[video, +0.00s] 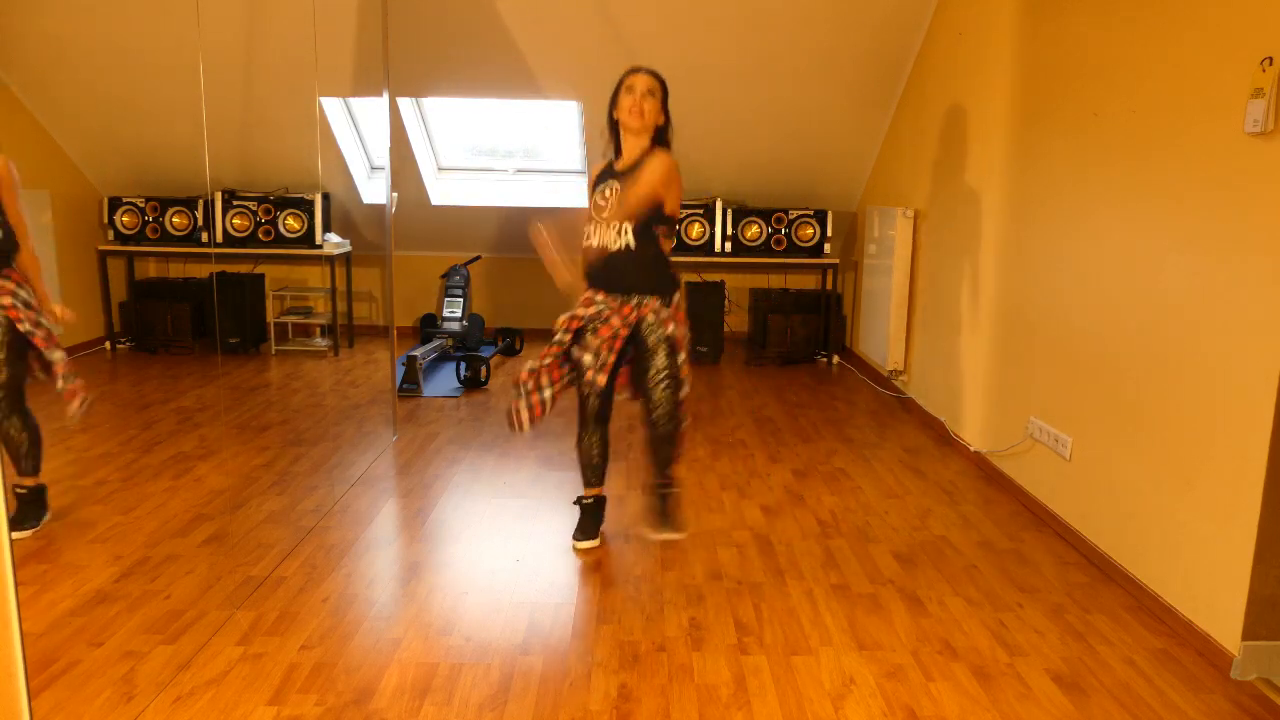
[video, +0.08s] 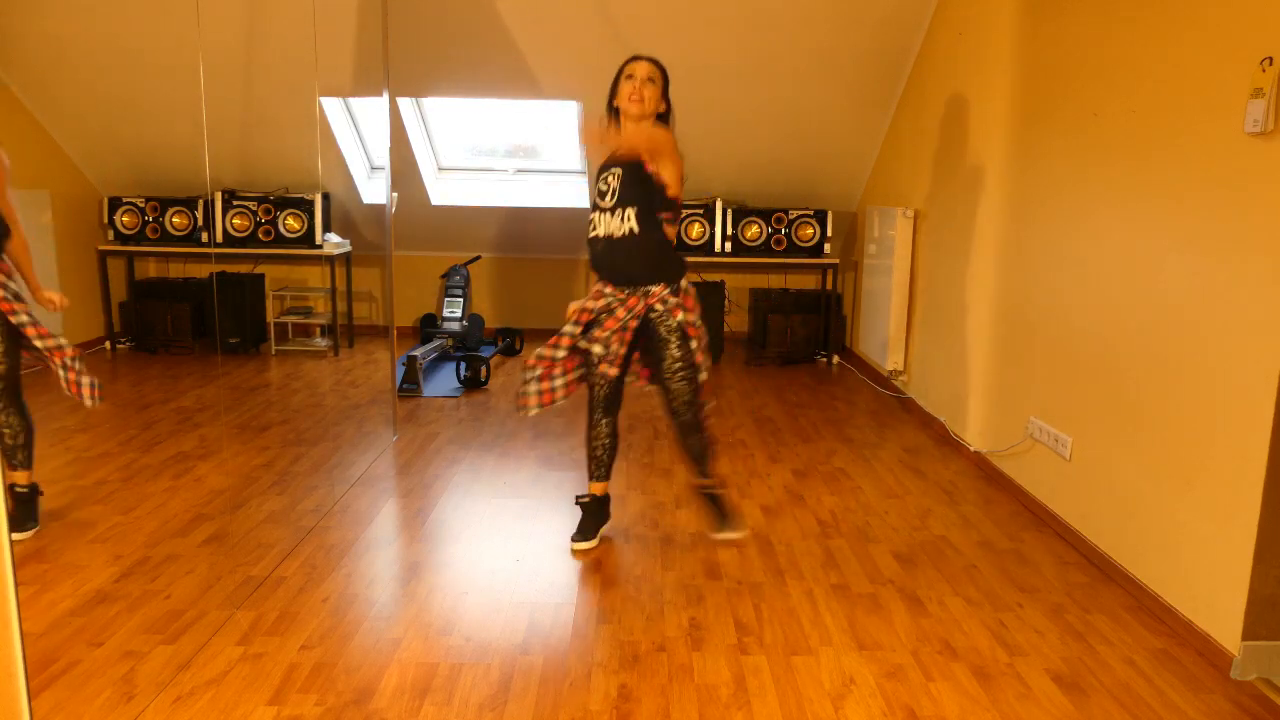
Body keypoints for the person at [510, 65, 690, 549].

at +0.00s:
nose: (637, 100)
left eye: (649, 95)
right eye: (629, 91)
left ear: (662, 113)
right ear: (614, 106)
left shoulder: (661, 165)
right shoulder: (602, 176)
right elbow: (597, 241)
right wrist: (580, 278)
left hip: (654, 303)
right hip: (603, 300)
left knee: (662, 405)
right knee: (593, 404)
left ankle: (664, 490)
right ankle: (591, 503)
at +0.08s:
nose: (638, 87)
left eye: (650, 82)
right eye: (630, 79)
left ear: (663, 98)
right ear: (615, 92)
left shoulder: (662, 144)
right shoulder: (607, 145)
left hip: (660, 293)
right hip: (610, 292)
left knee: (682, 396)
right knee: (602, 399)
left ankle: (709, 489)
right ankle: (596, 501)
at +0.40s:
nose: (669, 116)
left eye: (679, 110)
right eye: (660, 108)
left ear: (693, 124)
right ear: (645, 121)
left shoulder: (707, 169)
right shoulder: (644, 193)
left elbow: (720, 78)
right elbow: (644, 257)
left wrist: (723, 13)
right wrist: (633, 309)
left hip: (725, 311)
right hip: (669, 315)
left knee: (742, 415)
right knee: (640, 414)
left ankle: (769, 505)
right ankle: (609, 511)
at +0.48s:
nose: (680, 125)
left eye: (690, 119)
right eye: (671, 117)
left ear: (705, 132)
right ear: (656, 130)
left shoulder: (725, 162)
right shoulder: (656, 203)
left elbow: (762, 84)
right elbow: (651, 266)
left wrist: (792, 18)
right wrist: (636, 313)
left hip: (757, 315)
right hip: (695, 321)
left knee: (766, 419)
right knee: (650, 412)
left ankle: (771, 506)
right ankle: (609, 507)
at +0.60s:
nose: (701, 135)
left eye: (710, 129)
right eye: (690, 129)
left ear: (722, 141)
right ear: (675, 143)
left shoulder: (744, 171)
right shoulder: (670, 215)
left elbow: (801, 132)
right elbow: (653, 273)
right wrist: (633, 319)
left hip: (782, 319)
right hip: (724, 327)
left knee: (786, 424)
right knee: (704, 427)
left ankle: (773, 507)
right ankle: (645, 481)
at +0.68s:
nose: (711, 139)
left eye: (720, 132)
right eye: (700, 132)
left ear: (733, 144)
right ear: (685, 147)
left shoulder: (750, 181)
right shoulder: (679, 216)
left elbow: (805, 177)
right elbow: (664, 283)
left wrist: (853, 160)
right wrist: (643, 340)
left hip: (788, 324)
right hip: (735, 334)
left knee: (789, 430)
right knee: (754, 434)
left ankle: (773, 507)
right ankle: (699, 459)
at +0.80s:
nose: (726, 137)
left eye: (734, 128)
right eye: (714, 129)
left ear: (745, 140)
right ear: (697, 144)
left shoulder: (756, 194)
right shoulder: (701, 206)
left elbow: (798, 233)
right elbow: (710, 284)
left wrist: (831, 249)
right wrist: (719, 352)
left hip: (793, 329)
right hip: (750, 338)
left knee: (801, 431)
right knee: (776, 440)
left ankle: (776, 507)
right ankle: (749, 499)